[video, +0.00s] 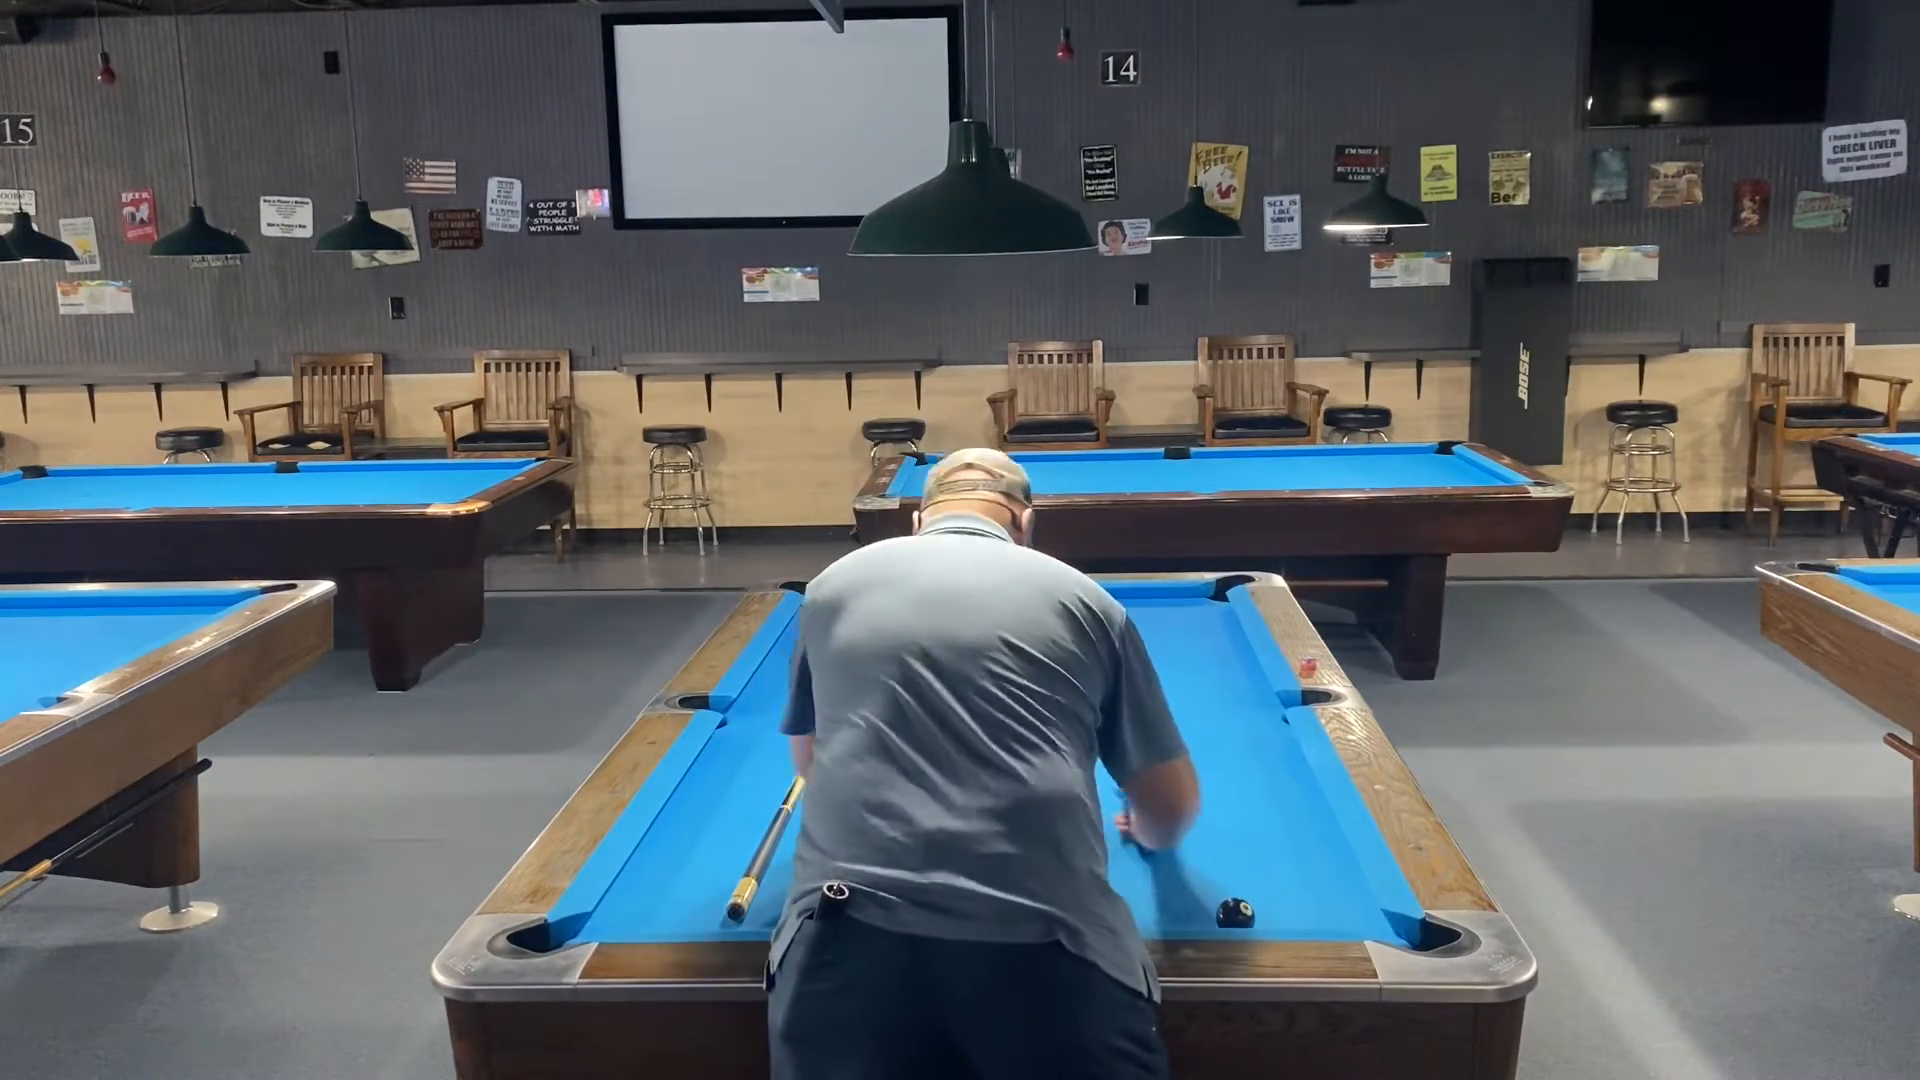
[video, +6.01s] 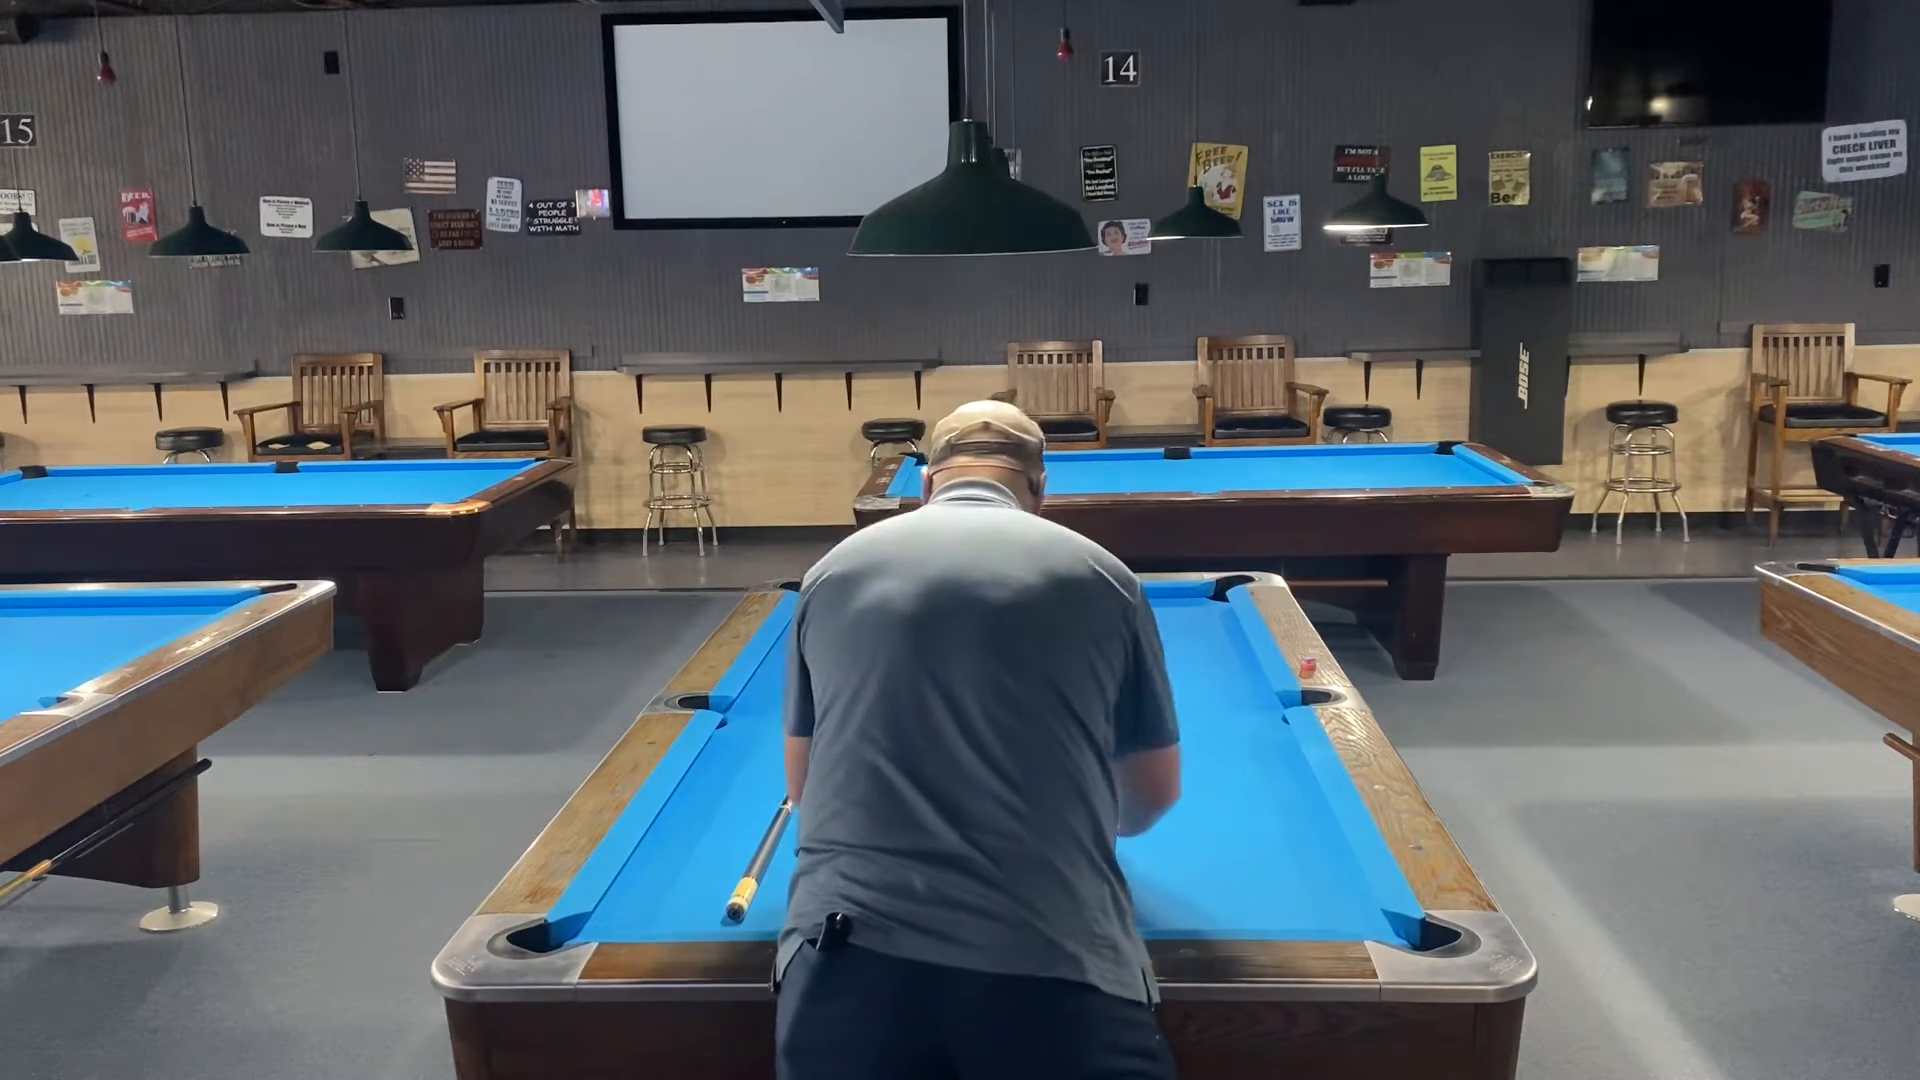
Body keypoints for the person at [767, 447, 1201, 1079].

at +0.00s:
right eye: (1029, 519)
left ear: (917, 522)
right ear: (1023, 522)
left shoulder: (835, 583)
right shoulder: (1086, 600)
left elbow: (811, 757)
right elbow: (1171, 801)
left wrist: (877, 804)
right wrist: (1148, 831)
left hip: (847, 958)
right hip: (1048, 965)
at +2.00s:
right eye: (1030, 502)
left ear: (919, 510)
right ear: (1026, 505)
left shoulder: (835, 585)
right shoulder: (1092, 596)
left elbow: (812, 784)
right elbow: (1123, 795)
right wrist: (1028, 843)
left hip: (846, 958)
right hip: (1051, 964)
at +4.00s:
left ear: (912, 520)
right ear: (1018, 519)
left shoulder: (835, 591)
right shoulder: (1089, 597)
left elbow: (810, 787)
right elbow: (1125, 800)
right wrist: (1030, 848)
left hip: (847, 955)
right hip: (1051, 962)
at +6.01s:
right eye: (1041, 484)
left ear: (927, 483)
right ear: (1037, 486)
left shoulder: (834, 570)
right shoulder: (1104, 576)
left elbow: (804, 780)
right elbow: (1153, 787)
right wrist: (1065, 827)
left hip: (850, 977)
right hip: (1057, 984)